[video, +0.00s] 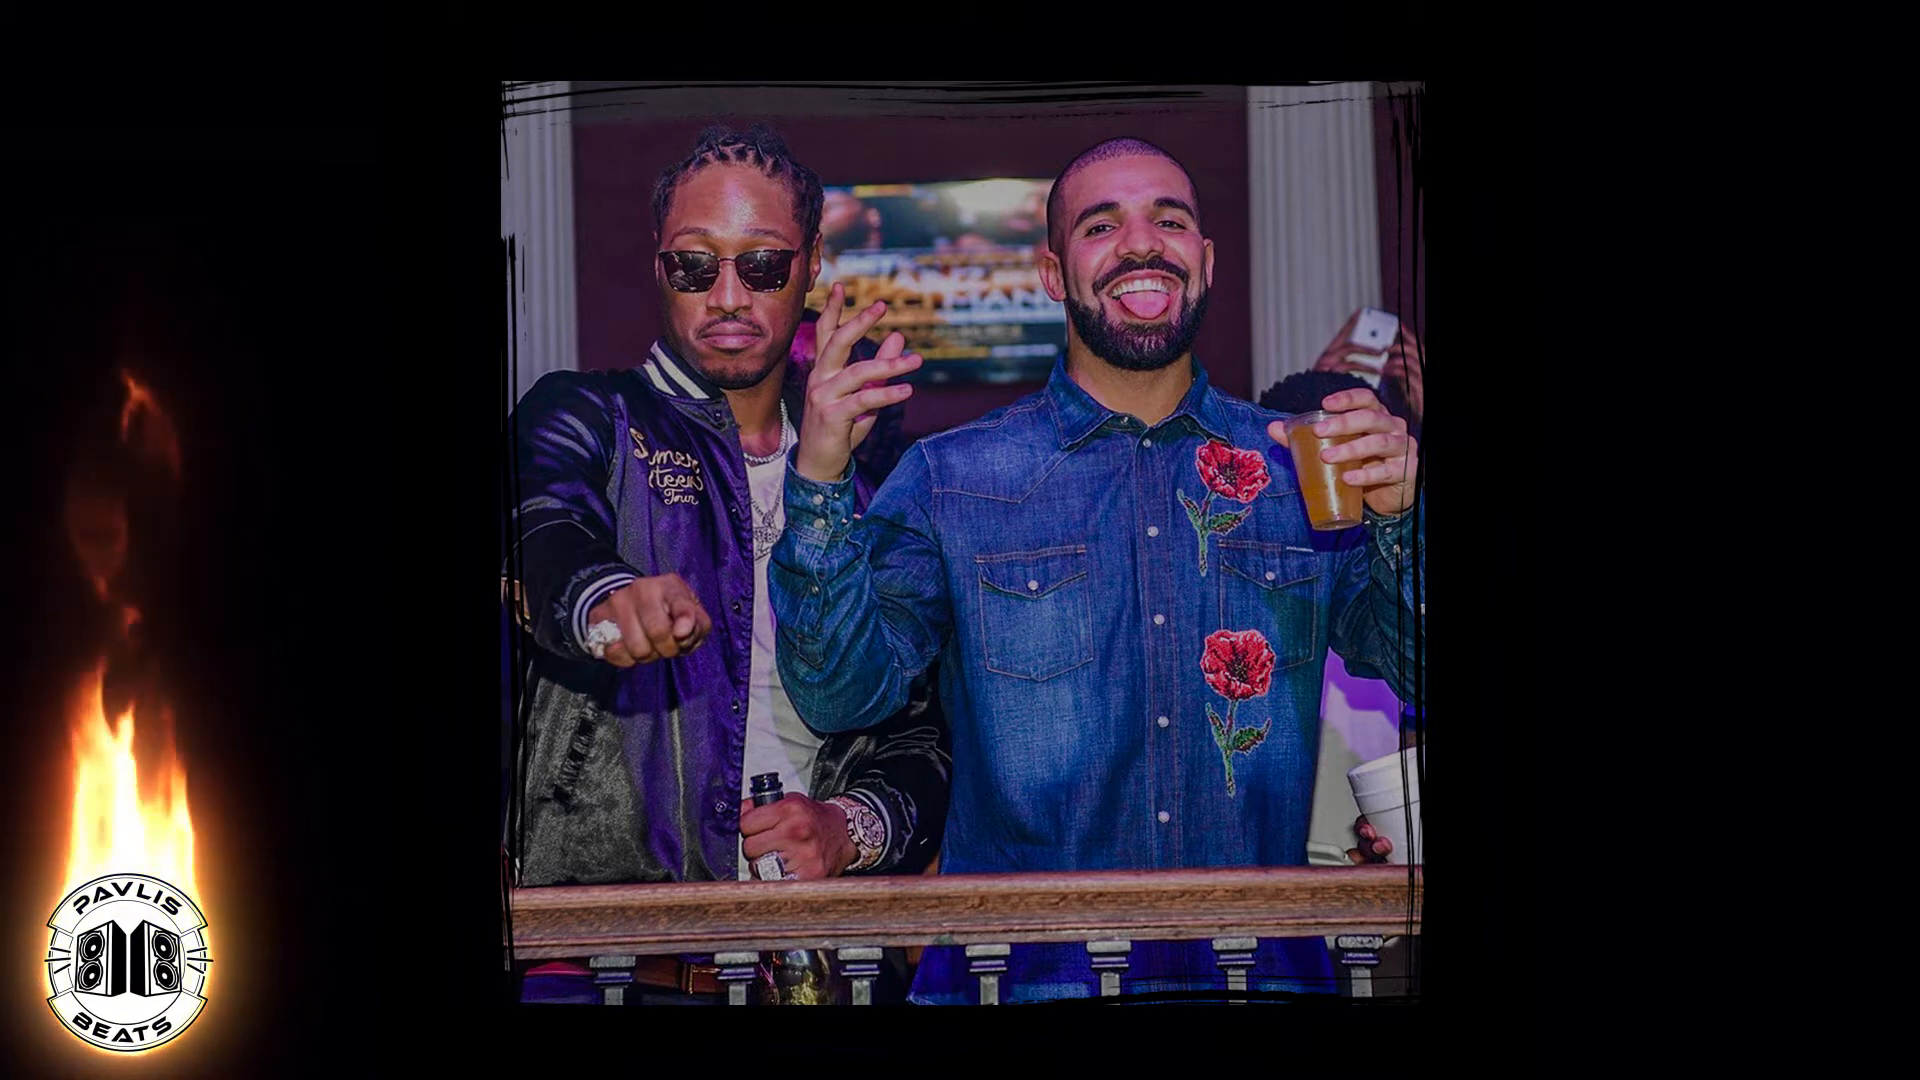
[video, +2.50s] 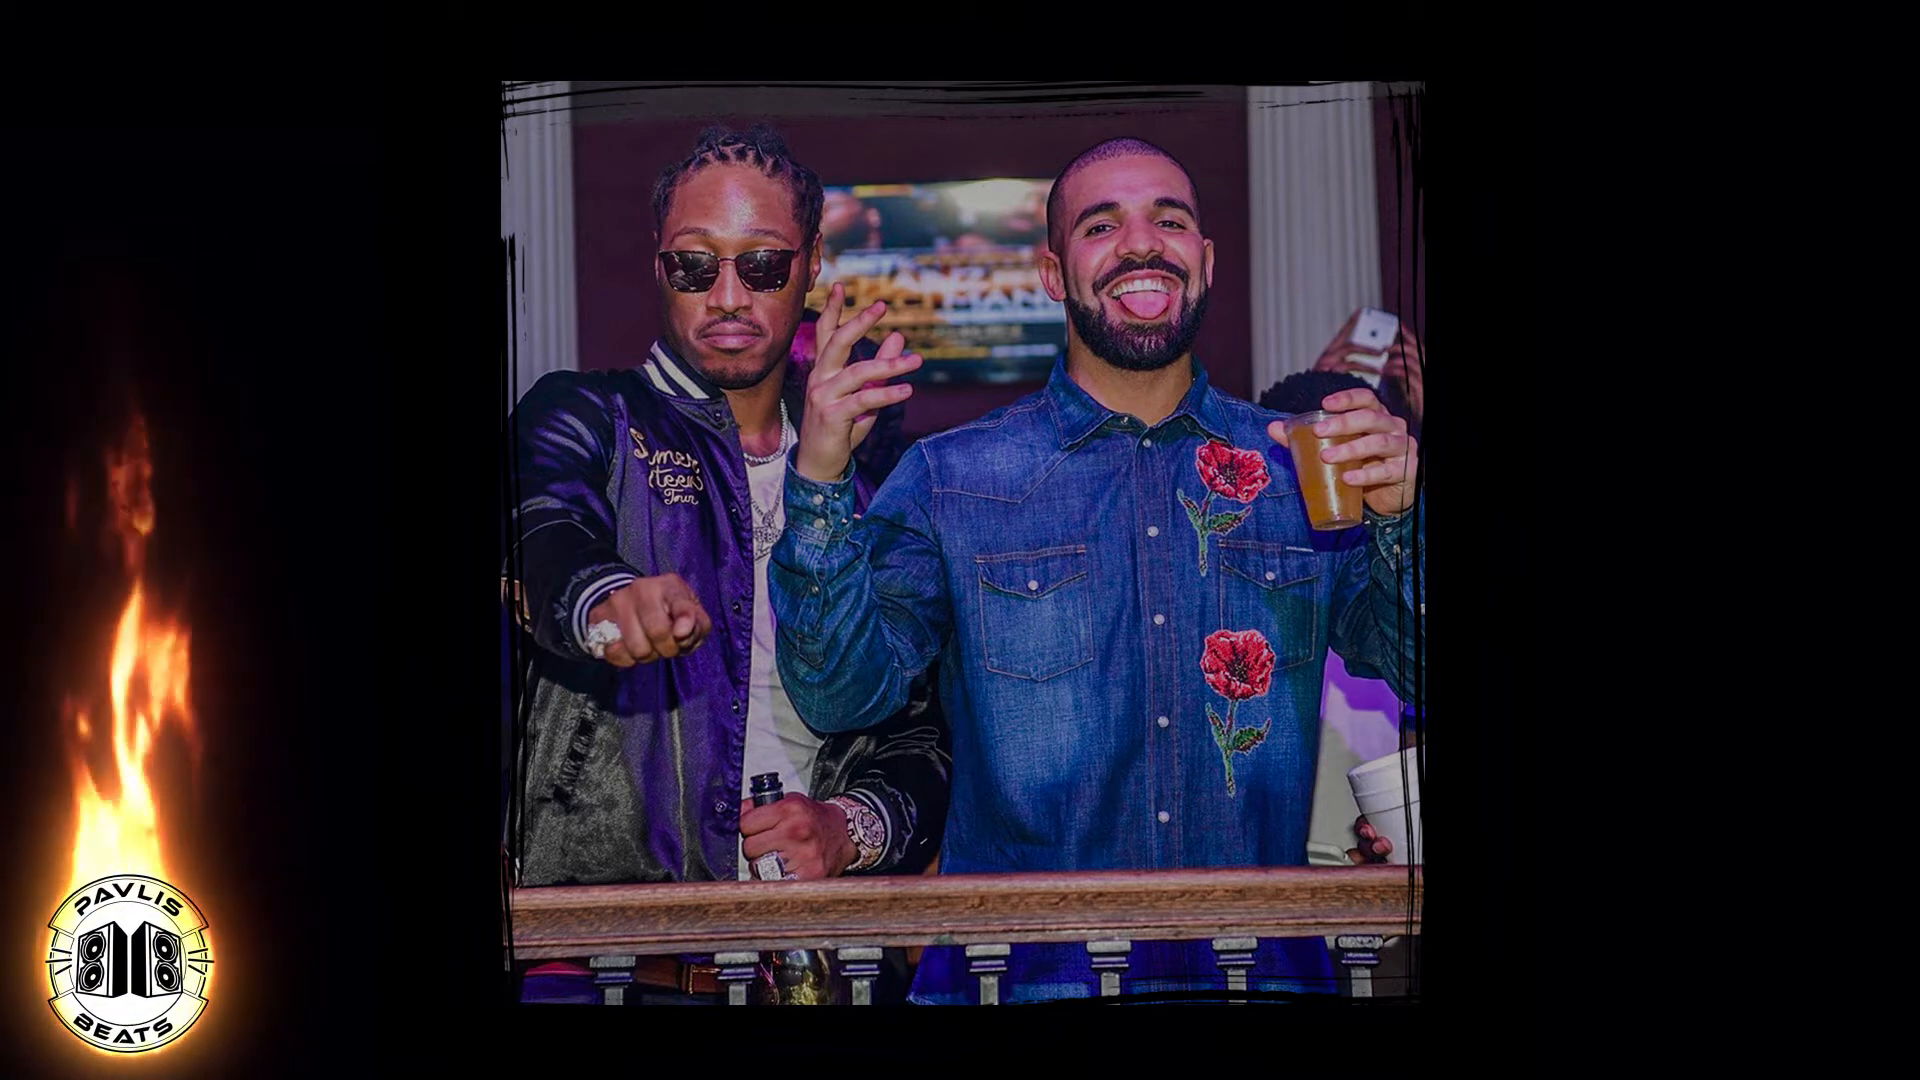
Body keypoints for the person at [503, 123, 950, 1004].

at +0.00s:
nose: (729, 296)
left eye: (763, 266)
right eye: (694, 266)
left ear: (811, 274)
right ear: (658, 272)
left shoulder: (878, 460)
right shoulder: (581, 412)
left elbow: (926, 725)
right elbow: (540, 525)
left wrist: (857, 826)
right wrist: (602, 595)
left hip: (827, 944)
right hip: (605, 943)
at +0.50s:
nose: (729, 296)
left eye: (764, 266)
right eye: (694, 266)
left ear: (811, 274)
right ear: (658, 272)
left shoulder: (878, 460)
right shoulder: (581, 412)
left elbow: (926, 725)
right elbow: (540, 525)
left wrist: (857, 826)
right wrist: (602, 595)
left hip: (827, 944)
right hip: (605, 943)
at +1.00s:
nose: (729, 296)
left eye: (764, 266)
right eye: (694, 266)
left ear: (811, 274)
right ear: (658, 272)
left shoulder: (878, 460)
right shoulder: (581, 412)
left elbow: (926, 725)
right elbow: (540, 525)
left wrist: (857, 826)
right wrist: (602, 595)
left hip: (827, 944)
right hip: (605, 943)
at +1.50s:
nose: (729, 296)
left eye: (764, 266)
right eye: (694, 266)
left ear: (811, 274)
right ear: (658, 272)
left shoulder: (878, 460)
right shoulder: (581, 412)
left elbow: (926, 725)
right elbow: (540, 525)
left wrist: (857, 826)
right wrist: (602, 595)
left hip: (827, 943)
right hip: (605, 943)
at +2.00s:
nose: (729, 296)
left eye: (763, 266)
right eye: (694, 266)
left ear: (811, 274)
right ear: (658, 272)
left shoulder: (878, 460)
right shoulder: (581, 411)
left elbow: (927, 725)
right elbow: (540, 525)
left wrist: (857, 826)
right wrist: (602, 595)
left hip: (828, 944)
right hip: (606, 943)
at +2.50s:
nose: (729, 296)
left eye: (763, 266)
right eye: (694, 266)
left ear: (811, 274)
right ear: (658, 272)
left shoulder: (878, 460)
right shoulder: (581, 411)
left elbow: (927, 725)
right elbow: (540, 525)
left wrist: (857, 826)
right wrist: (602, 595)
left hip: (828, 944)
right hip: (605, 943)